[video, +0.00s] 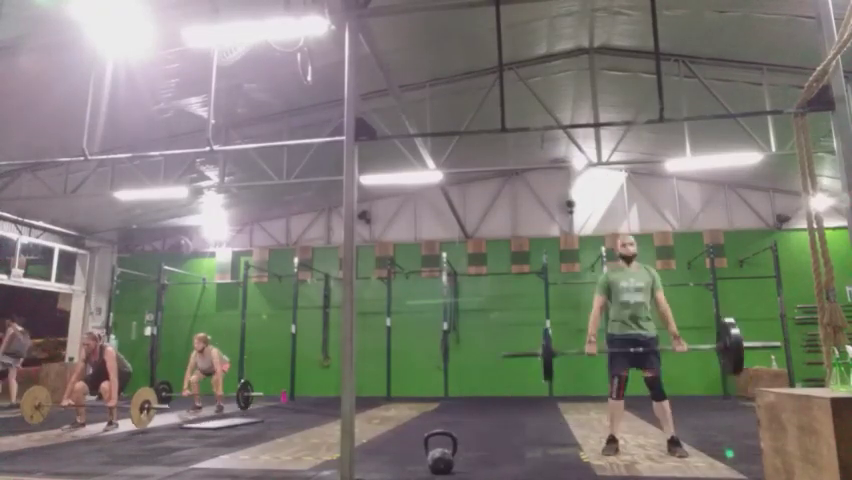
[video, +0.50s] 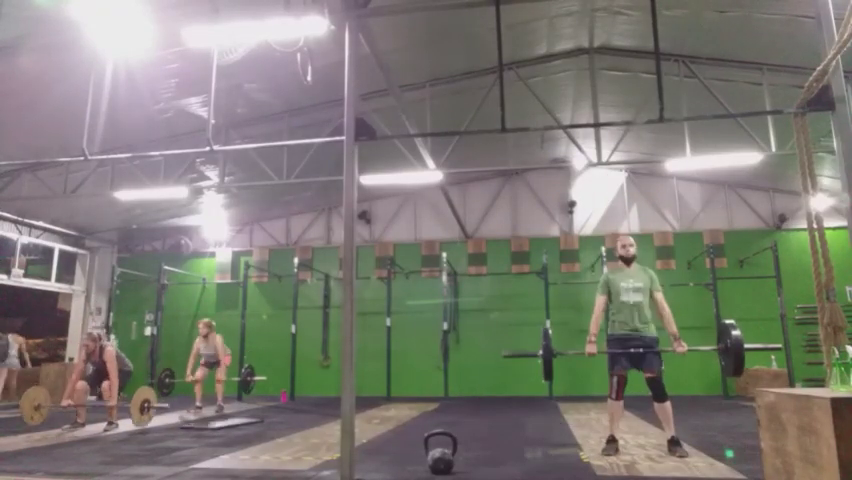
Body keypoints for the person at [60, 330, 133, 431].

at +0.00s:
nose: (85, 347)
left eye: (88, 345)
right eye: (84, 345)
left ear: (96, 343)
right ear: (82, 344)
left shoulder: (108, 351)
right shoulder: (86, 351)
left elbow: (113, 376)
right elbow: (77, 374)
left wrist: (114, 399)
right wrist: (66, 397)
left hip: (120, 373)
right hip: (100, 373)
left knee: (105, 387)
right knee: (78, 387)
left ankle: (112, 421)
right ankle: (80, 421)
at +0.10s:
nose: (90, 323)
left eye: (92, 320)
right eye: (89, 320)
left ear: (100, 321)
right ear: (89, 320)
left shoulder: (110, 331)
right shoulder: (90, 332)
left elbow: (117, 354)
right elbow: (82, 353)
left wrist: (117, 377)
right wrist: (73, 374)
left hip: (119, 360)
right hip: (101, 360)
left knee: (112, 385)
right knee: (83, 385)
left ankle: (113, 420)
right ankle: (80, 420)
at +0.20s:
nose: (98, 304)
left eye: (101, 301)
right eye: (97, 301)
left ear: (109, 302)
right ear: (95, 302)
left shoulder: (115, 312)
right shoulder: (95, 314)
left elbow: (124, 331)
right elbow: (88, 333)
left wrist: (122, 353)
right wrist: (78, 353)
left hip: (112, 355)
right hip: (96, 354)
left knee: (113, 385)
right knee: (89, 385)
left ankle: (113, 420)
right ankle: (80, 420)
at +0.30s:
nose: (94, 307)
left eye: (97, 304)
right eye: (93, 304)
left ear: (105, 304)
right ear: (92, 305)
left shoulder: (113, 316)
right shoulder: (94, 318)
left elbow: (120, 336)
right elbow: (87, 338)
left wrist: (121, 358)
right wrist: (77, 357)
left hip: (112, 356)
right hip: (98, 356)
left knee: (111, 384)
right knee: (87, 384)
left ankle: (113, 420)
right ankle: (80, 420)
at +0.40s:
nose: (87, 335)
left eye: (89, 332)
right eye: (85, 332)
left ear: (98, 330)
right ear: (85, 331)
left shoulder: (109, 338)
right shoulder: (88, 339)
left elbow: (115, 363)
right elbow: (79, 361)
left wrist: (115, 386)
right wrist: (68, 384)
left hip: (122, 363)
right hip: (103, 364)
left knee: (110, 385)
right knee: (83, 386)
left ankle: (113, 421)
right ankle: (80, 421)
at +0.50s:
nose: (85, 348)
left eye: (88, 345)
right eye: (84, 345)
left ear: (96, 344)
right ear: (83, 344)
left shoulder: (108, 351)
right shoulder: (85, 351)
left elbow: (114, 376)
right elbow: (76, 374)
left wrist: (114, 400)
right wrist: (67, 397)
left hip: (121, 370)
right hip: (102, 370)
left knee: (106, 387)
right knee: (80, 387)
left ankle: (112, 421)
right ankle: (80, 420)